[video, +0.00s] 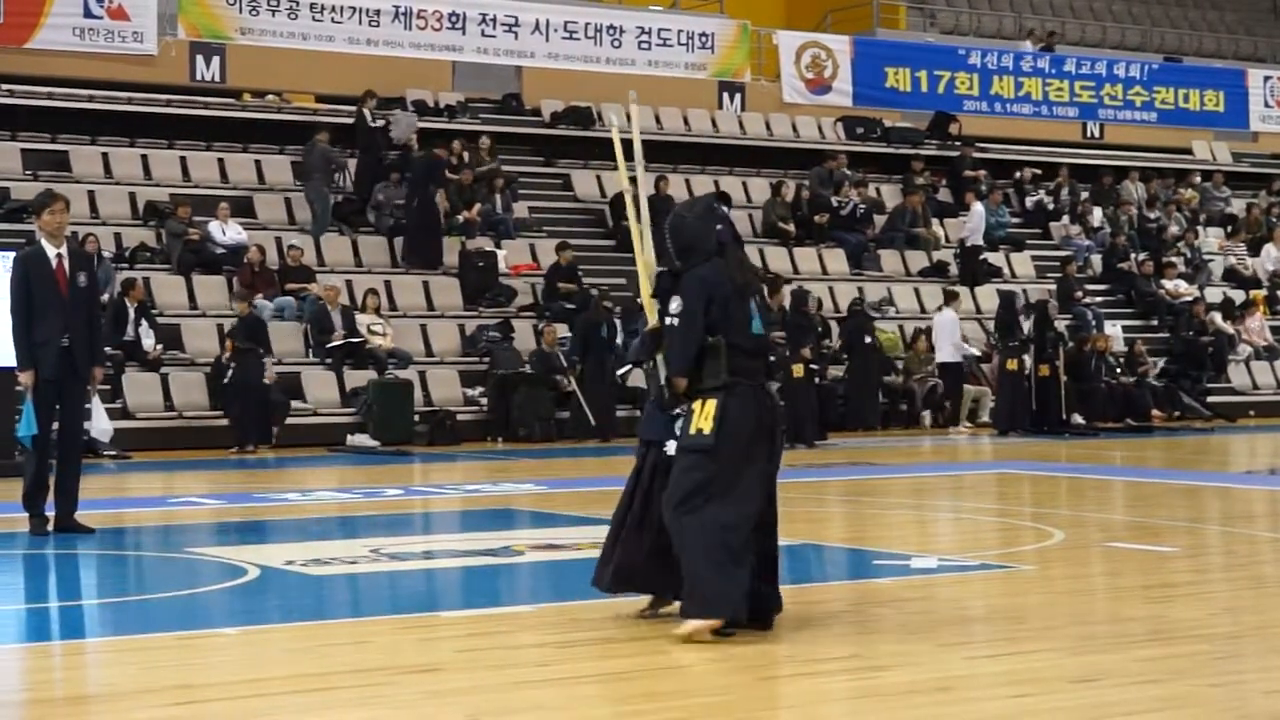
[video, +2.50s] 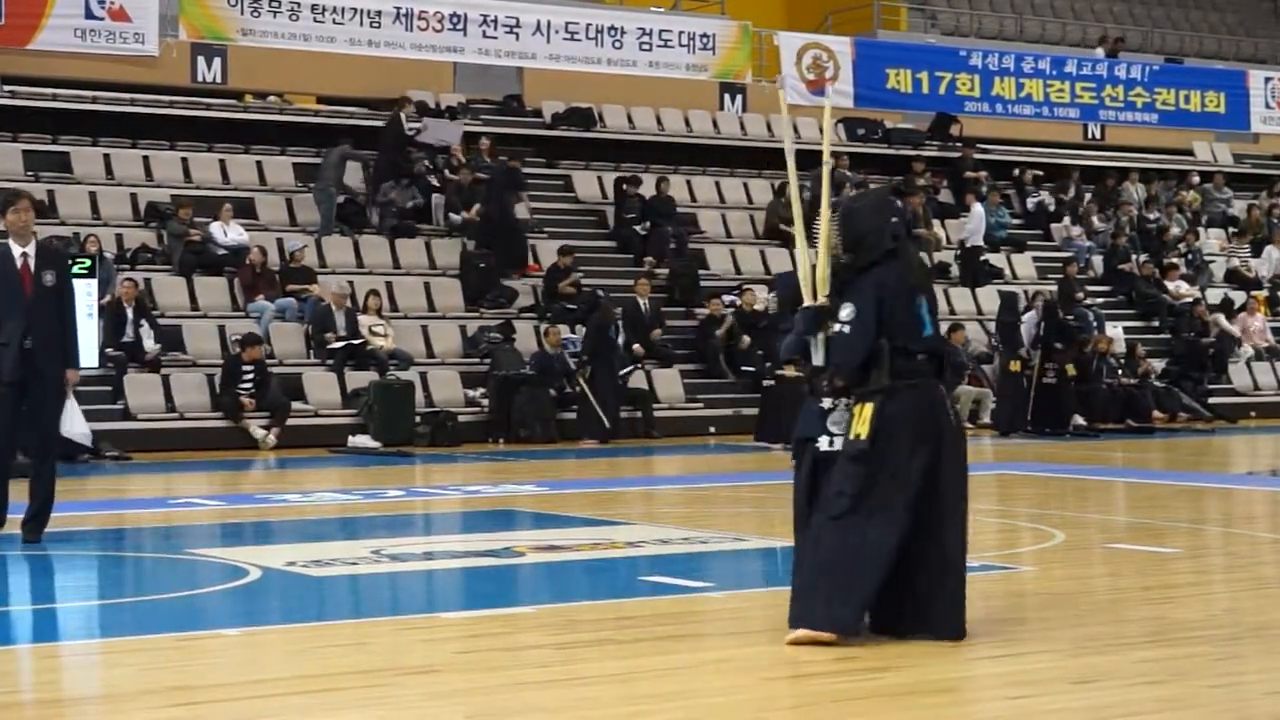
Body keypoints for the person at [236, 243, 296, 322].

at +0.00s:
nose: (250, 255)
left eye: (254, 252)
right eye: (250, 252)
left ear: (261, 257)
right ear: (247, 254)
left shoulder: (269, 272)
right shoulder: (244, 270)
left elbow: (275, 290)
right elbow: (245, 283)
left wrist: (263, 295)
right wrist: (246, 263)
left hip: (269, 299)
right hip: (252, 300)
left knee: (290, 301)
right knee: (268, 307)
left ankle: (289, 331)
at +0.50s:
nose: (250, 256)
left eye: (253, 254)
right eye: (249, 253)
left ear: (260, 258)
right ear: (247, 256)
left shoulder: (267, 272)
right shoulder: (243, 271)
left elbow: (275, 291)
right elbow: (245, 284)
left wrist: (263, 296)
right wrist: (246, 265)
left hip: (269, 301)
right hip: (250, 302)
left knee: (289, 303)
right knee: (267, 308)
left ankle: (288, 336)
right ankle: (260, 341)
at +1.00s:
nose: (250, 257)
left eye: (253, 254)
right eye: (249, 254)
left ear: (261, 258)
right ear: (248, 257)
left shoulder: (267, 272)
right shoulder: (244, 271)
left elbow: (275, 291)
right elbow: (245, 284)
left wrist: (263, 296)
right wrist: (247, 265)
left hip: (269, 301)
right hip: (250, 303)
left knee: (289, 303)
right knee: (268, 309)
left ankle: (288, 336)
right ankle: (261, 342)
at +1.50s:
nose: (251, 257)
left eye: (254, 254)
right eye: (250, 254)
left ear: (261, 258)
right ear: (248, 257)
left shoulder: (268, 272)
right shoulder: (243, 271)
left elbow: (276, 291)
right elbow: (245, 284)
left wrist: (264, 296)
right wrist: (247, 265)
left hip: (270, 301)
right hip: (251, 302)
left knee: (290, 303)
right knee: (268, 309)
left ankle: (288, 336)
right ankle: (261, 341)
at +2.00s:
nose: (251, 257)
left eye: (255, 254)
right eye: (250, 254)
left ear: (262, 258)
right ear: (248, 257)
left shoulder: (268, 273)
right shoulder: (244, 271)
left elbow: (276, 292)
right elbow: (246, 284)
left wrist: (264, 296)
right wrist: (247, 265)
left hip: (270, 301)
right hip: (251, 302)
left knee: (290, 303)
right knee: (268, 308)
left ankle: (289, 335)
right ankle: (262, 341)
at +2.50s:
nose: (252, 257)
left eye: (256, 254)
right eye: (251, 254)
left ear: (263, 258)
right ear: (249, 256)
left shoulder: (269, 272)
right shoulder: (245, 270)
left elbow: (277, 292)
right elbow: (247, 284)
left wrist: (265, 296)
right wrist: (248, 265)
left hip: (271, 301)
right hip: (252, 302)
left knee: (291, 302)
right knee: (270, 308)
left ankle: (289, 333)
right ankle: (261, 339)